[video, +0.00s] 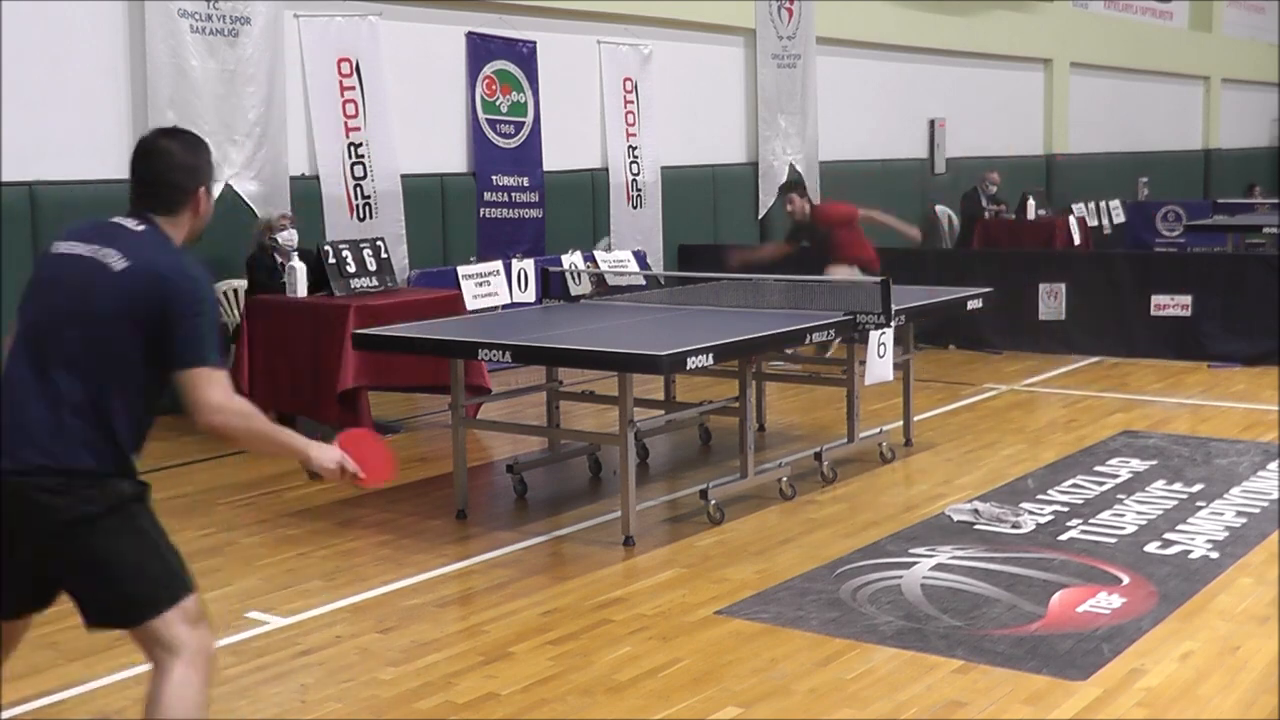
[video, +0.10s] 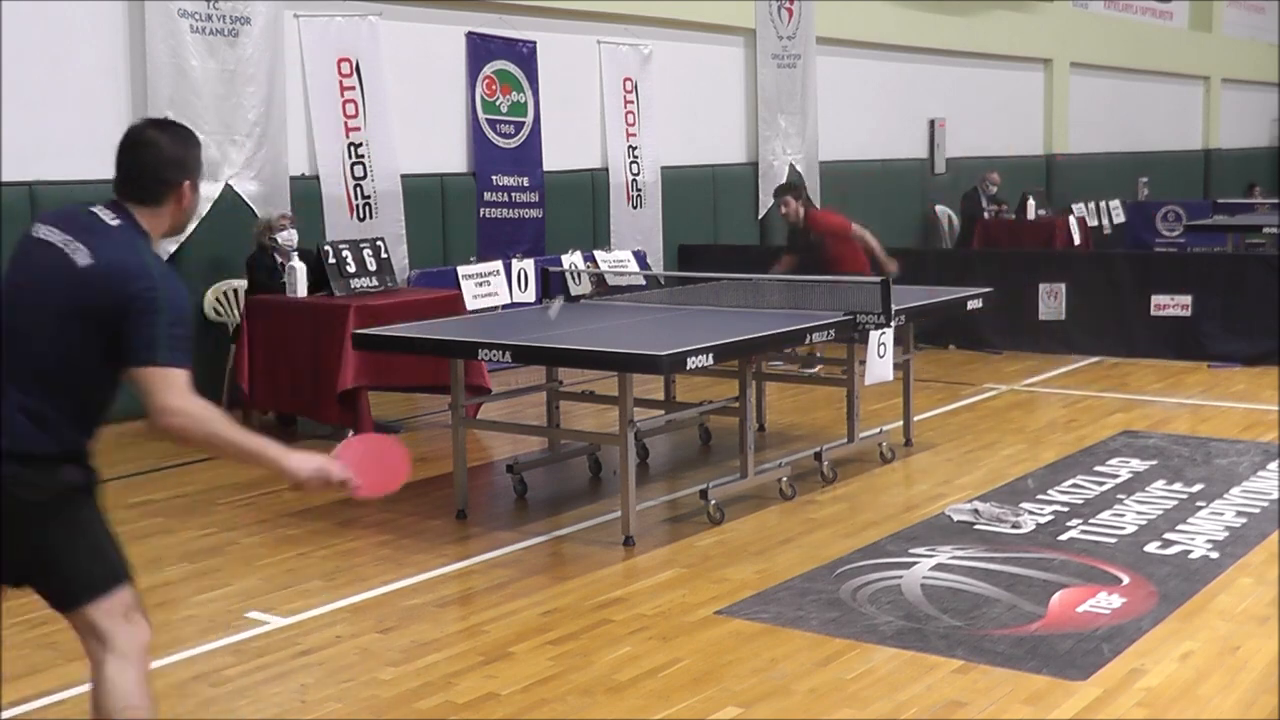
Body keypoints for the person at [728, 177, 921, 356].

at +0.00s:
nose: (788, 208)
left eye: (790, 202)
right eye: (785, 204)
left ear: (805, 198)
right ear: (788, 206)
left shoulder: (828, 213)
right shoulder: (801, 226)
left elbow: (872, 215)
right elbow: (780, 249)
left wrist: (909, 231)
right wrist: (744, 257)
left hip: (863, 266)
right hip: (838, 269)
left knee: (832, 272)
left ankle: (829, 331)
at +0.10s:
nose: (782, 211)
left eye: (786, 205)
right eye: (779, 206)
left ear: (800, 202)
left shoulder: (820, 220)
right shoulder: (797, 228)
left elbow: (862, 233)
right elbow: (789, 260)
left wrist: (885, 261)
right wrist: (768, 280)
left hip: (856, 277)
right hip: (830, 278)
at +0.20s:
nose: (790, 200)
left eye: (794, 194)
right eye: (787, 195)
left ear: (809, 194)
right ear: (785, 197)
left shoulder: (824, 215)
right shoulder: (801, 223)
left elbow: (866, 228)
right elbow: (790, 256)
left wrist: (873, 266)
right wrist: (765, 280)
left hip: (855, 277)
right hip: (831, 277)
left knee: (810, 303)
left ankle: (814, 356)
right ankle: (790, 349)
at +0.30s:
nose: (802, 183)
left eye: (806, 177)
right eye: (799, 178)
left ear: (819, 177)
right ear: (796, 180)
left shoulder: (839, 196)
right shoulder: (810, 207)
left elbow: (881, 203)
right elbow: (794, 243)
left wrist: (883, 242)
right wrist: (768, 264)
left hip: (869, 257)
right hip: (843, 257)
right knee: (816, 297)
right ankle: (815, 355)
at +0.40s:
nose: (829, 166)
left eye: (834, 160)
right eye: (825, 161)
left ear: (845, 161)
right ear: (823, 164)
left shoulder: (865, 182)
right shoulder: (827, 193)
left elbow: (904, 194)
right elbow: (810, 227)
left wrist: (904, 231)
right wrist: (790, 247)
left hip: (890, 249)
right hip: (863, 249)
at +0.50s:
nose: (850, 163)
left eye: (855, 157)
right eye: (846, 158)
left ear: (866, 159)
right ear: (842, 161)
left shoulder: (884, 182)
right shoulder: (842, 191)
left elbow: (920, 204)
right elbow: (823, 225)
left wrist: (919, 241)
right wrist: (804, 243)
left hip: (902, 254)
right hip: (872, 256)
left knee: (897, 302)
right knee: (858, 298)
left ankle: (914, 353)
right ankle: (865, 351)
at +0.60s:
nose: (878, 158)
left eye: (883, 152)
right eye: (874, 153)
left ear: (895, 154)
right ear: (870, 156)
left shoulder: (915, 179)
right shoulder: (868, 187)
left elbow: (940, 205)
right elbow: (851, 220)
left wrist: (934, 240)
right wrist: (829, 239)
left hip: (922, 256)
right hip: (890, 258)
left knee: (937, 307)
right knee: (879, 307)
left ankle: (953, 359)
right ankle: (878, 357)